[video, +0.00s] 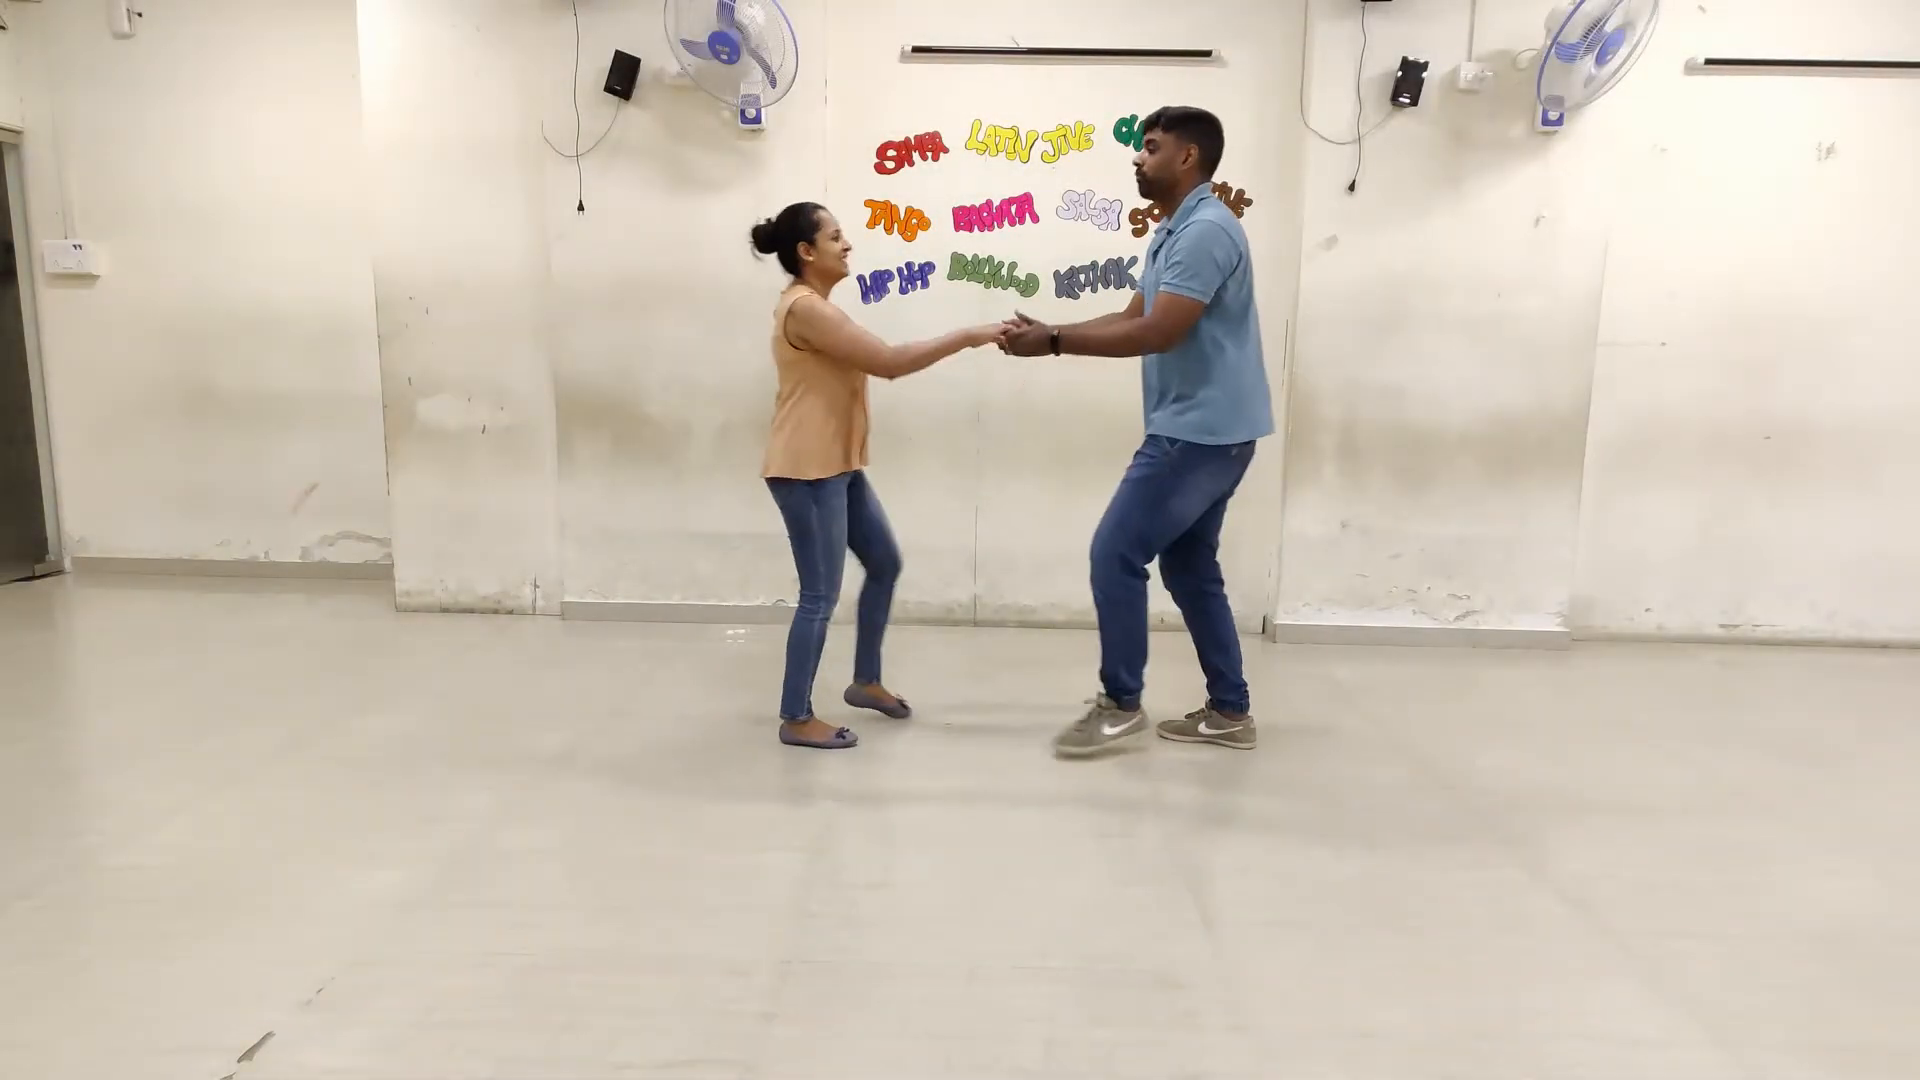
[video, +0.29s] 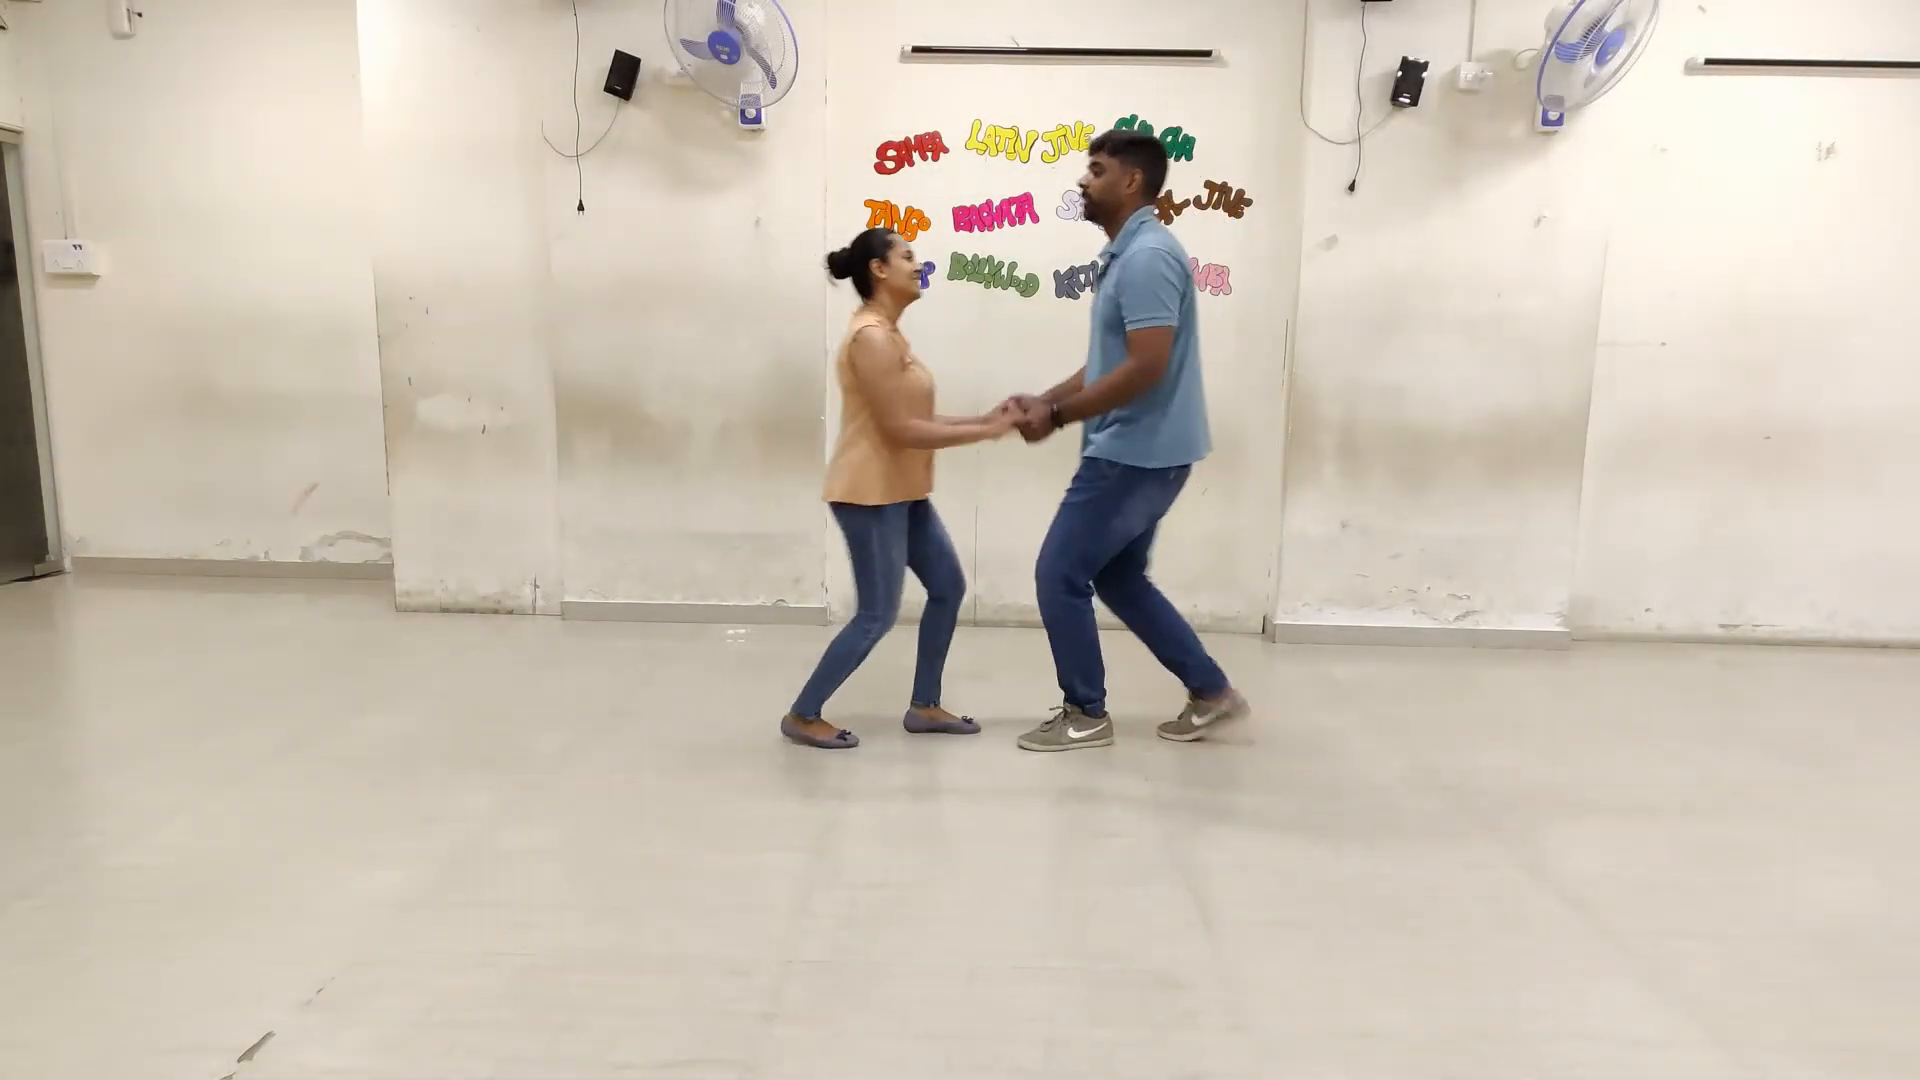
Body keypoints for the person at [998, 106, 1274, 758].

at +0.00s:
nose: (1138, 159)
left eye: (1152, 149)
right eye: (1142, 148)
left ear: (1191, 158)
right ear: (1182, 160)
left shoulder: (1204, 228)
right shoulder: (1175, 230)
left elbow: (1161, 331)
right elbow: (1135, 321)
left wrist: (1056, 338)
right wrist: (1050, 335)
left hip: (1199, 432)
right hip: (1206, 430)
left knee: (1115, 551)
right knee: (1189, 568)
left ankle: (1120, 705)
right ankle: (1229, 711)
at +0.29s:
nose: (1084, 180)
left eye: (1097, 170)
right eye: (1087, 169)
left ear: (1134, 182)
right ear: (1129, 183)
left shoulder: (1147, 256)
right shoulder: (1133, 252)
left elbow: (1147, 367)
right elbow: (1110, 361)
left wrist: (1057, 412)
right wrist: (1047, 402)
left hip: (1135, 451)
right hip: (1149, 448)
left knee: (1060, 573)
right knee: (1117, 579)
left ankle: (1085, 713)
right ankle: (1213, 693)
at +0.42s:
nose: (1055, 166)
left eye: (1067, 156)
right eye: (1058, 155)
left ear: (1104, 166)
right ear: (1101, 168)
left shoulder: (1116, 236)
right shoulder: (1116, 228)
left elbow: (1137, 340)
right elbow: (1129, 337)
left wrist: (1040, 364)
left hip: (1112, 437)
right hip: (1117, 433)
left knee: (1057, 569)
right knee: (1077, 557)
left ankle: (1086, 713)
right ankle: (1159, 667)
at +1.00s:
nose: (1135, 192)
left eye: (1151, 184)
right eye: (1140, 180)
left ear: (1191, 200)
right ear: (1156, 190)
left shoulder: (1207, 269)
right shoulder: (1157, 268)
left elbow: (1176, 371)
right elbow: (1108, 349)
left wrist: (1071, 394)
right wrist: (1030, 387)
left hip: (1183, 460)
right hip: (1166, 456)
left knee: (1087, 570)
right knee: (1157, 587)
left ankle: (1079, 712)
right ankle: (1251, 697)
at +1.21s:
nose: (1178, 176)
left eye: (1192, 168)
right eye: (1182, 165)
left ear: (1229, 180)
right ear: (1225, 182)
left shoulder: (1232, 240)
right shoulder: (1242, 240)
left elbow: (1160, 334)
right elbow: (1202, 348)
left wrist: (1063, 323)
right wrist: (1130, 392)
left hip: (1232, 438)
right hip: (1262, 438)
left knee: (1149, 560)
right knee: (1209, 571)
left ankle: (1157, 721)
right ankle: (1259, 708)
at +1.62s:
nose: (1174, 196)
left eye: (1189, 188)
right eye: (1176, 186)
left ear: (1231, 202)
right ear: (1183, 197)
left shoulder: (1246, 262)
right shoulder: (1185, 275)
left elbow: (1199, 357)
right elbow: (1161, 356)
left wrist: (1112, 334)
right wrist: (1115, 411)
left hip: (1240, 460)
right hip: (1199, 459)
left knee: (1146, 582)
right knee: (1196, 595)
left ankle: (1102, 720)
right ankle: (1282, 703)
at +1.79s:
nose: (1169, 190)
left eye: (1185, 181)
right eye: (1160, 179)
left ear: (1207, 194)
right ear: (1146, 190)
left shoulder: (1225, 249)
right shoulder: (1121, 273)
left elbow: (1184, 327)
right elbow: (1099, 363)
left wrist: (1100, 287)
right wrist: (1080, 426)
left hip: (1190, 463)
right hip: (1131, 462)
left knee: (1112, 602)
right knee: (1120, 601)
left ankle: (1093, 724)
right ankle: (1233, 661)